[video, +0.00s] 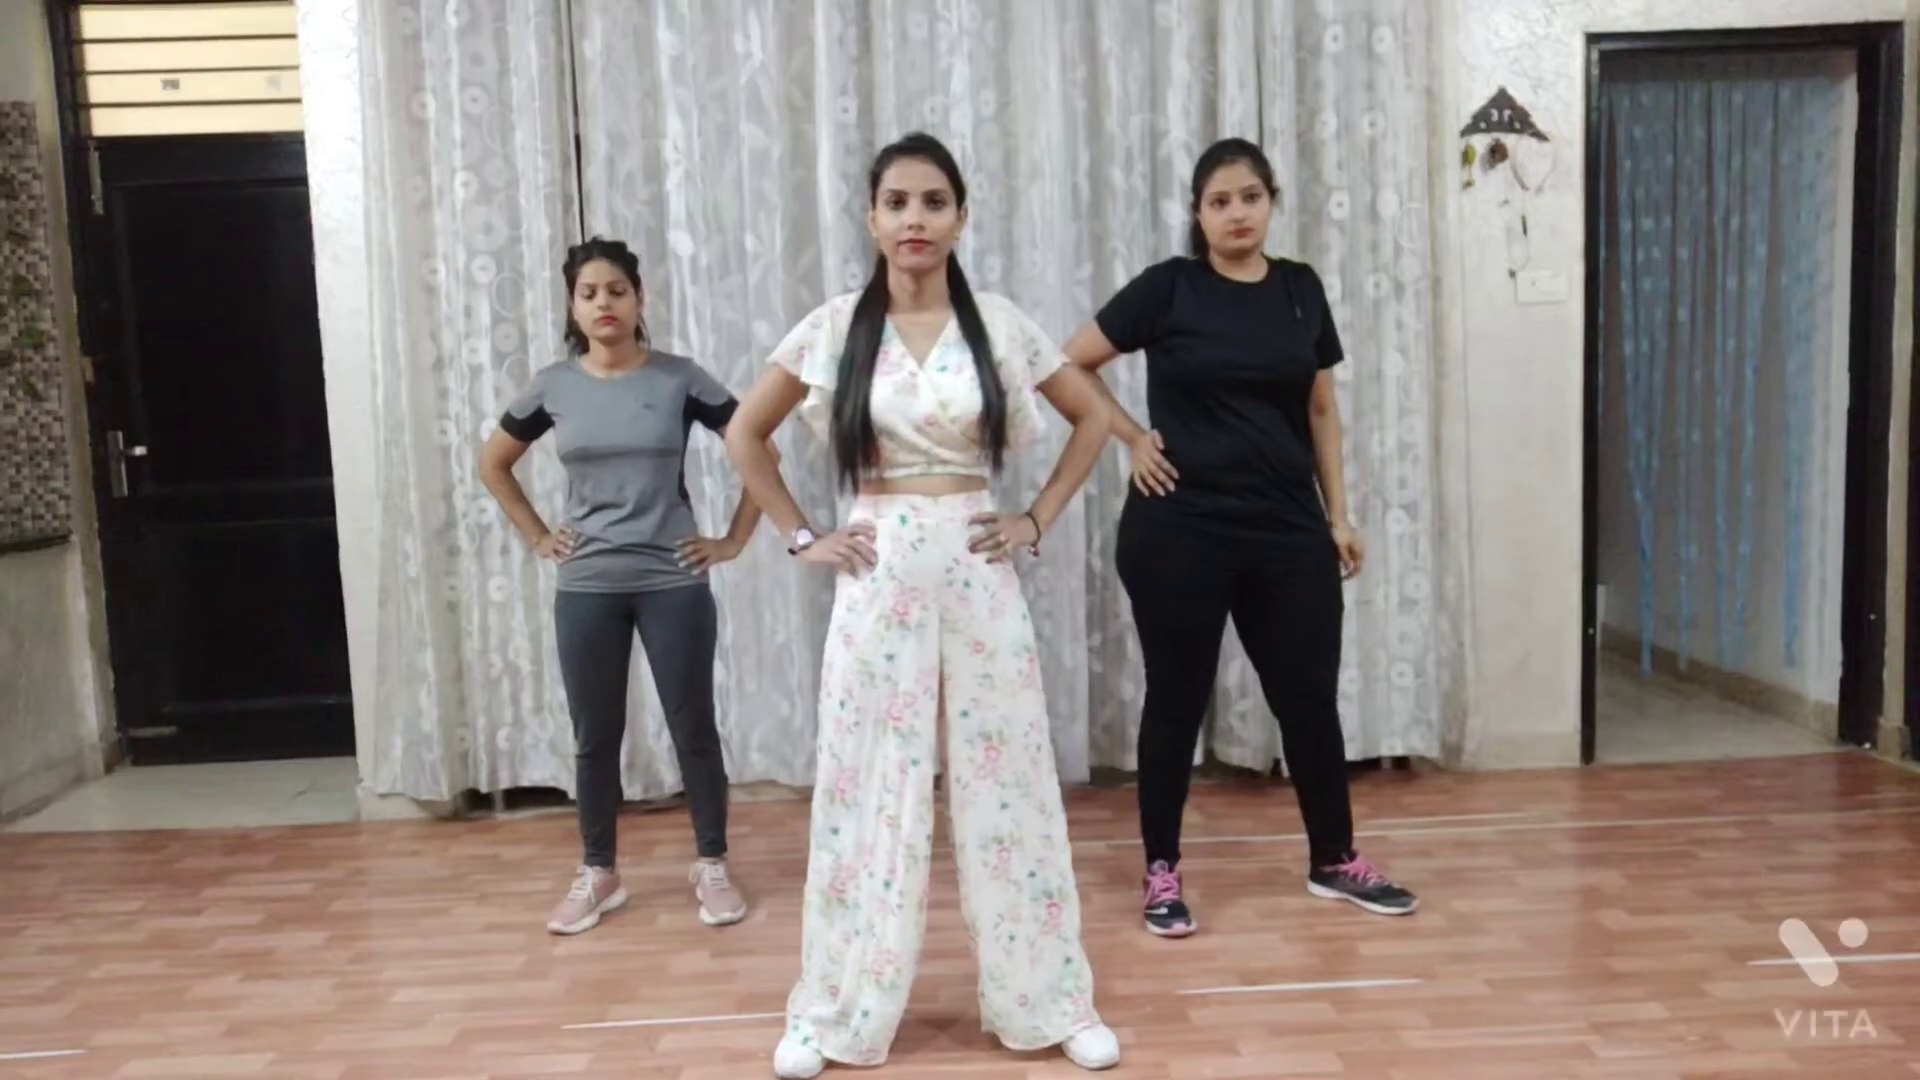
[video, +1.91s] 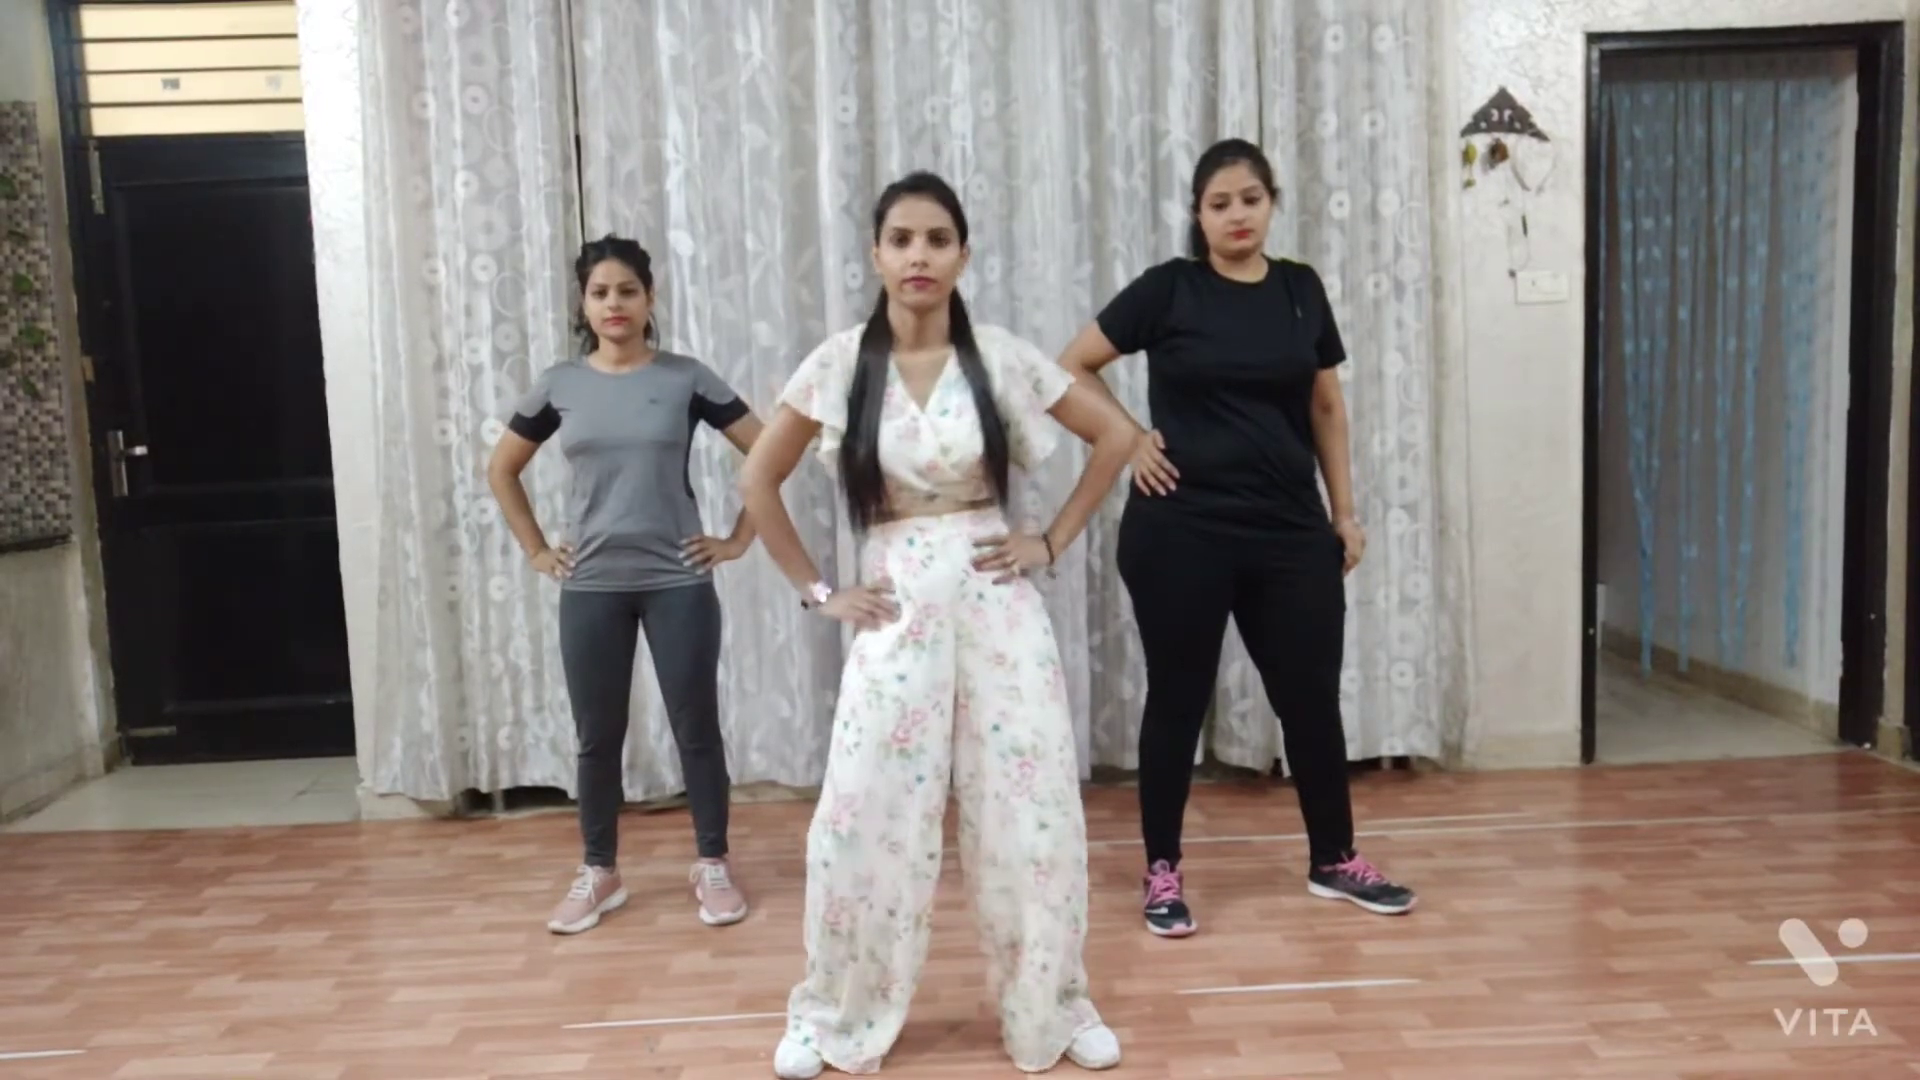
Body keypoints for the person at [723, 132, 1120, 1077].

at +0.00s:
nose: (914, 221)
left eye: (933, 203)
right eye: (897, 203)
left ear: (959, 216)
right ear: (872, 217)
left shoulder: (997, 326)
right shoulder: (834, 328)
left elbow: (1098, 420)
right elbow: (743, 435)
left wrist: (1035, 519)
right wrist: (806, 535)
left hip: (982, 579)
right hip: (880, 582)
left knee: (1008, 789)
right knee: (863, 793)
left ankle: (1047, 1000)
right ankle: (832, 1013)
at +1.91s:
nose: (918, 258)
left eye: (936, 240)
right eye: (901, 240)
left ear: (962, 255)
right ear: (876, 254)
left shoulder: (1002, 358)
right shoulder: (842, 362)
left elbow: (1119, 437)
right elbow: (757, 483)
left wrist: (1048, 543)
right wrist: (823, 592)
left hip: (1000, 604)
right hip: (895, 612)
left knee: (1033, 804)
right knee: (858, 813)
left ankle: (1053, 1009)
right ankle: (833, 1017)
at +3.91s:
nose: (939, 318)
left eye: (956, 301)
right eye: (921, 301)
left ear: (982, 313)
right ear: (898, 314)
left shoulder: (1021, 414)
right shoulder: (858, 415)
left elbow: (1122, 504)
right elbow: (762, 529)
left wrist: (1060, 606)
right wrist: (815, 639)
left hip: (997, 662)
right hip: (885, 666)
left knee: (1063, 852)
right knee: (838, 856)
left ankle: (1065, 1022)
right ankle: (816, 1021)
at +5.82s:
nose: (929, 290)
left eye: (947, 273)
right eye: (912, 274)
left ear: (975, 290)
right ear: (889, 290)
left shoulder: (1019, 400)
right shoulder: (848, 409)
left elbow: (1104, 505)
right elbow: (776, 531)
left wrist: (1063, 621)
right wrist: (819, 648)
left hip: (1000, 649)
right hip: (887, 652)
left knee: (1052, 842)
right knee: (842, 847)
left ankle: (1073, 1011)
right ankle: (815, 1015)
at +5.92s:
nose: (935, 302)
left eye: (952, 286)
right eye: (917, 287)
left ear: (979, 304)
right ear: (893, 306)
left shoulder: (1016, 411)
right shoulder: (854, 417)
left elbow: (1107, 516)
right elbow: (776, 535)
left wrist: (1056, 629)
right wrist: (820, 652)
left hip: (1001, 653)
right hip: (890, 657)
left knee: (1061, 849)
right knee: (836, 854)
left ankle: (1066, 1017)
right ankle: (820, 1016)